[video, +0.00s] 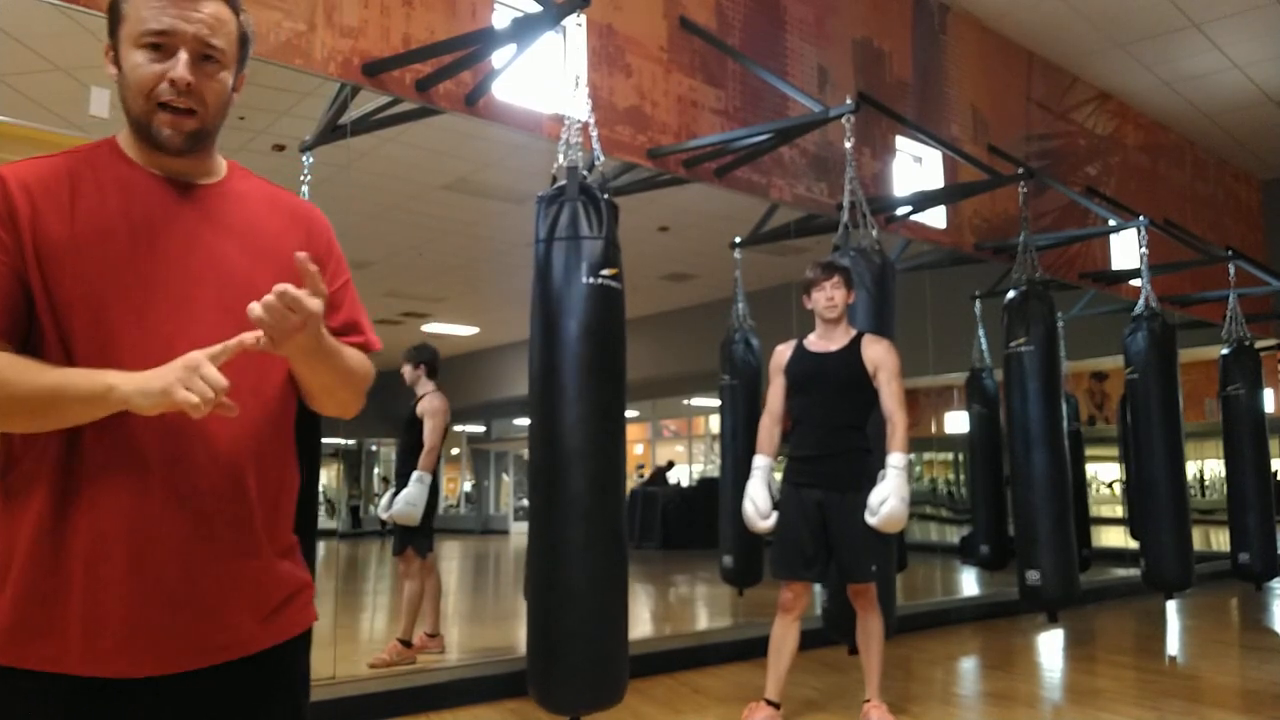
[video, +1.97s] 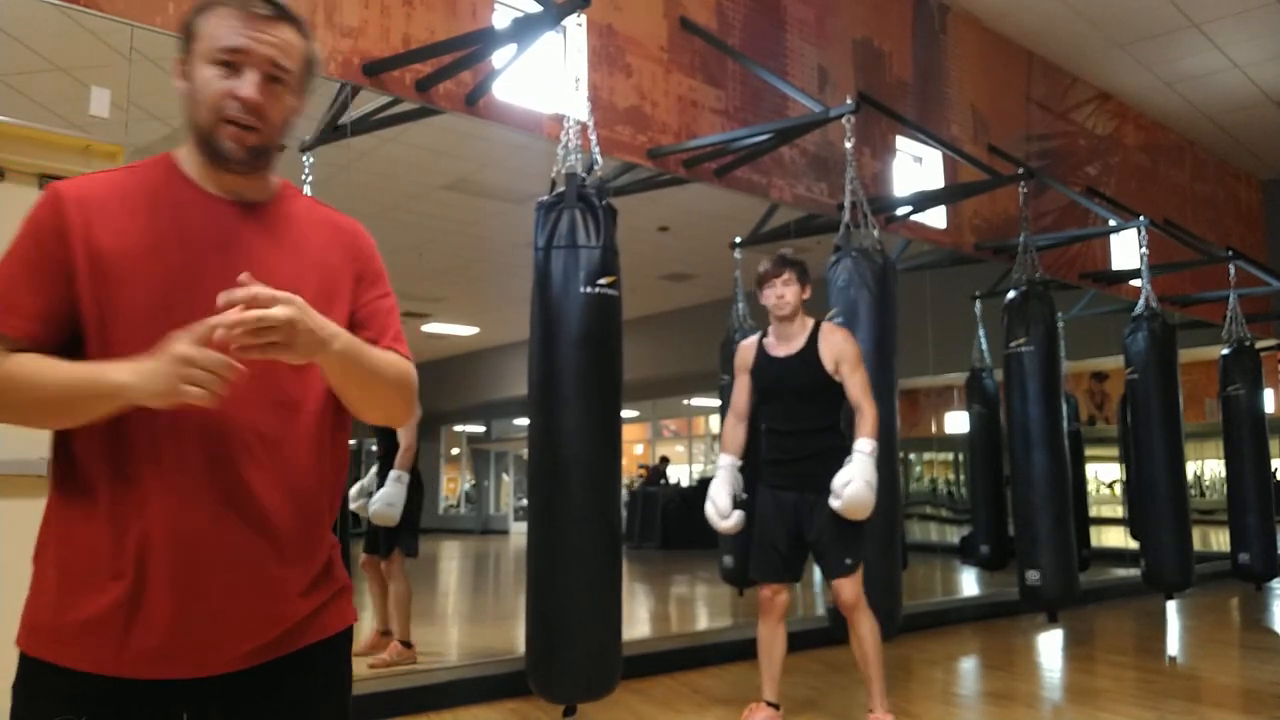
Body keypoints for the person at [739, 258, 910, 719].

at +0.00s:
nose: (829, 295)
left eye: (837, 288)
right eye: (821, 289)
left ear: (850, 296)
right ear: (808, 299)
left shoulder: (876, 350)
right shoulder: (786, 354)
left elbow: (895, 417)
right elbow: (772, 419)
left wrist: (896, 474)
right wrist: (759, 476)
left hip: (858, 491)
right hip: (800, 491)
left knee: (865, 596)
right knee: (789, 598)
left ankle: (873, 700)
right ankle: (771, 702)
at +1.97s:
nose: (780, 291)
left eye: (788, 283)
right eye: (772, 285)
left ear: (806, 290)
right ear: (760, 296)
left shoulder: (834, 340)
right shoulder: (749, 350)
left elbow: (865, 406)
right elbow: (737, 417)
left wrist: (862, 460)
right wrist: (725, 475)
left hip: (831, 490)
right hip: (771, 493)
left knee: (849, 597)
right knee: (770, 599)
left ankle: (878, 706)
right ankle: (768, 704)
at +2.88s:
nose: (881, 293)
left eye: (891, 283)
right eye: (872, 284)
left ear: (908, 291)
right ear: (860, 291)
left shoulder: (924, 350)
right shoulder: (829, 337)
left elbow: (937, 421)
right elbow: (791, 404)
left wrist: (925, 435)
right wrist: (776, 465)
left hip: (888, 496)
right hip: (829, 493)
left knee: (894, 610)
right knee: (792, 605)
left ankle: (894, 716)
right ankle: (750, 690)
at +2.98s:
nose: (881, 292)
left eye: (890, 282)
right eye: (871, 283)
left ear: (907, 290)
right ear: (859, 290)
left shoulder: (923, 350)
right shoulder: (829, 337)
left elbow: (937, 419)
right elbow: (791, 403)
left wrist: (925, 434)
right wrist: (775, 465)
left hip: (887, 496)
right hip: (829, 493)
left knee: (893, 609)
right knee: (793, 605)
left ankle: (894, 716)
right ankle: (751, 690)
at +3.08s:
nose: (879, 291)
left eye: (888, 282)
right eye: (870, 283)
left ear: (905, 289)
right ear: (857, 289)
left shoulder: (921, 348)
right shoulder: (826, 337)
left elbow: (935, 418)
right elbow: (789, 404)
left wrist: (923, 433)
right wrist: (773, 466)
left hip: (886, 495)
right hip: (828, 492)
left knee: (892, 609)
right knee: (793, 605)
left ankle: (893, 716)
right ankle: (752, 689)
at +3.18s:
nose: (873, 292)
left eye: (883, 282)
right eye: (864, 283)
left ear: (901, 289)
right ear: (854, 290)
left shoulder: (919, 348)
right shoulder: (823, 338)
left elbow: (933, 418)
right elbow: (786, 405)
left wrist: (921, 433)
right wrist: (771, 467)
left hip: (884, 496)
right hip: (825, 492)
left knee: (891, 609)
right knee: (792, 605)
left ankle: (893, 716)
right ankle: (752, 690)